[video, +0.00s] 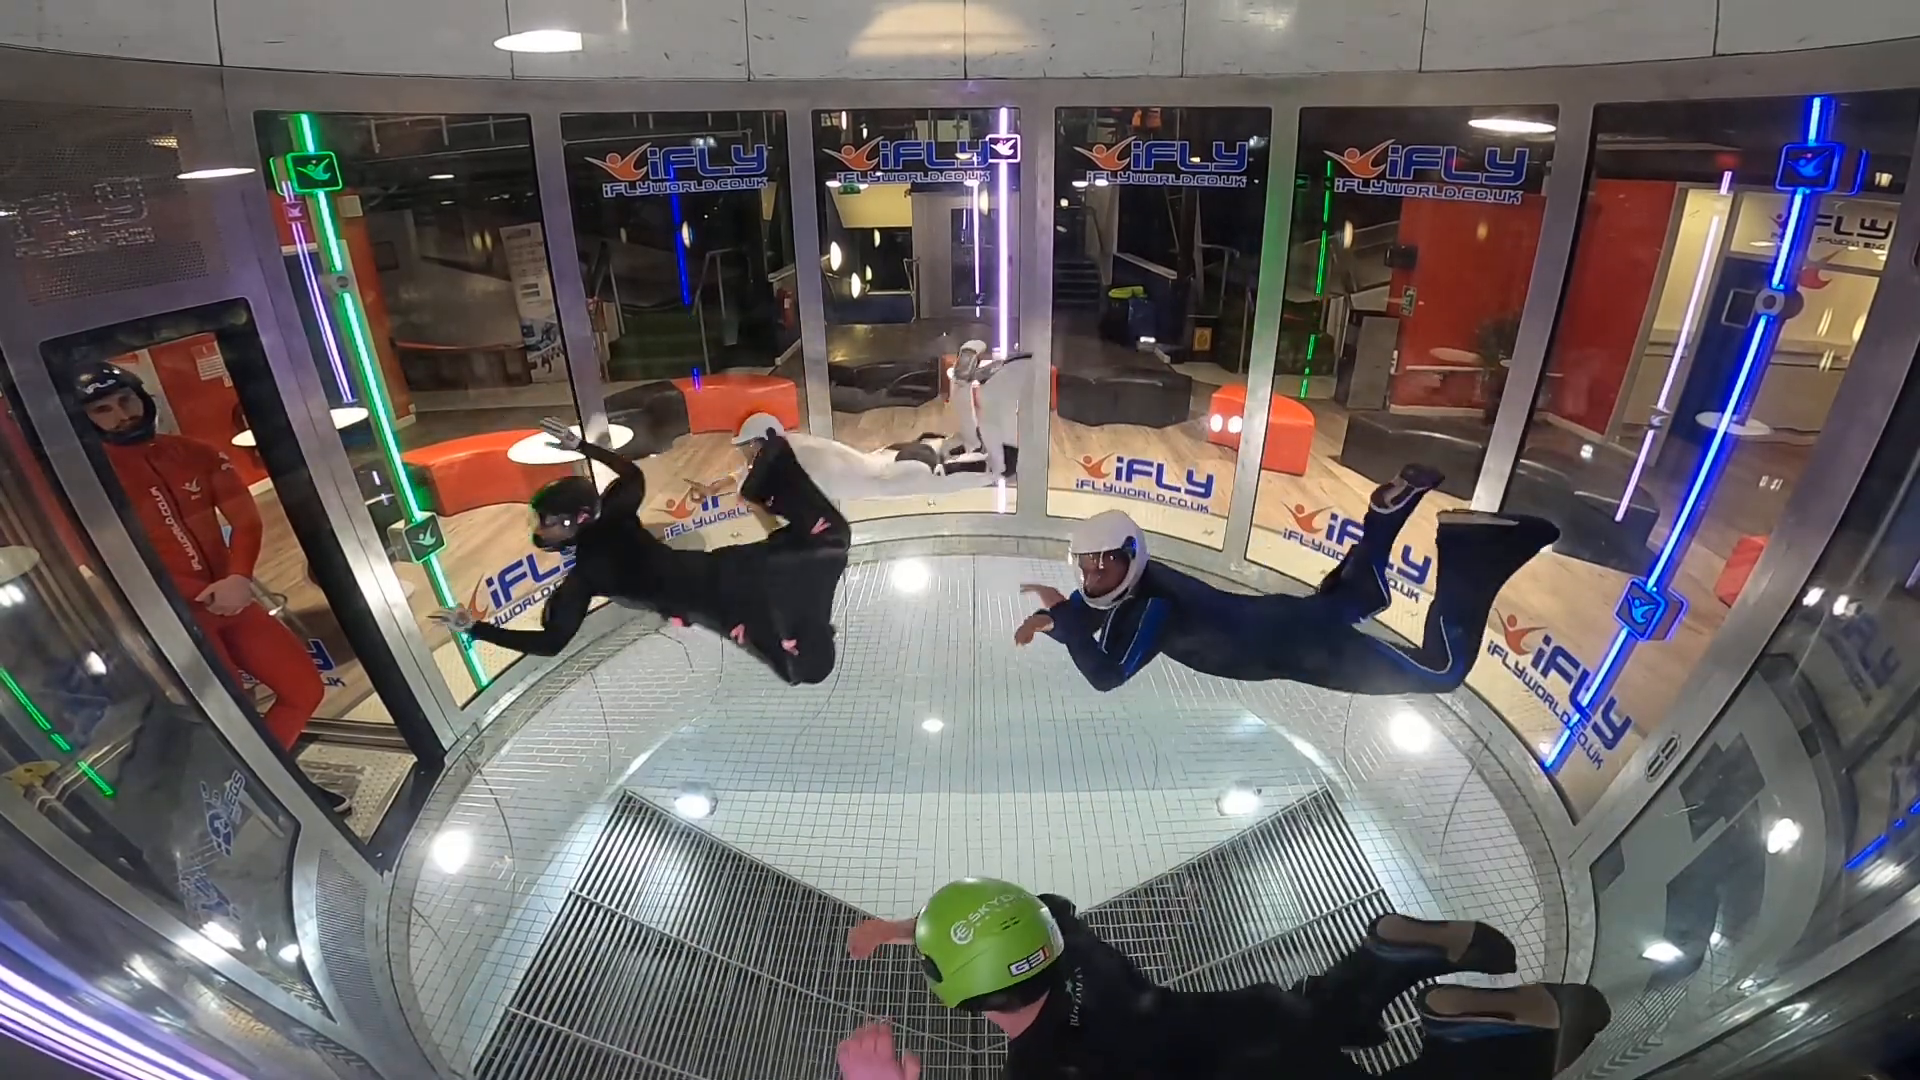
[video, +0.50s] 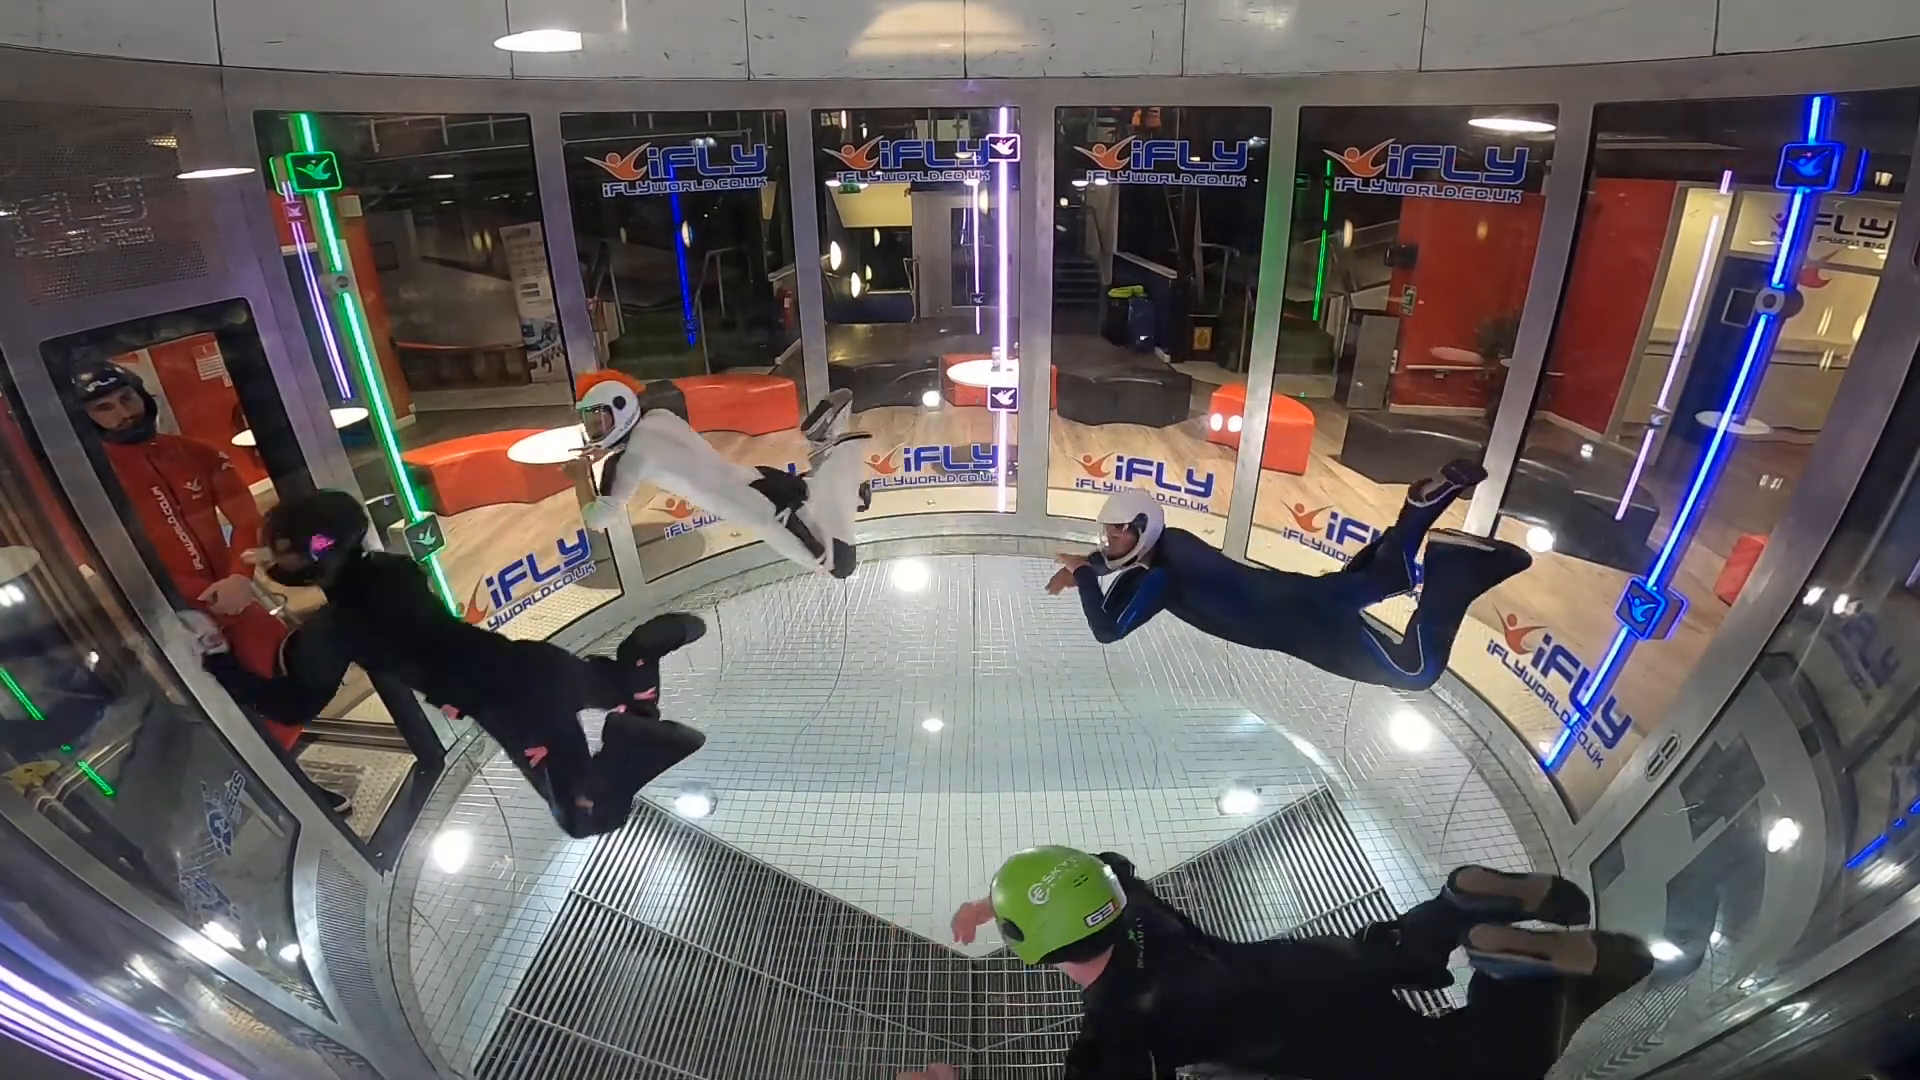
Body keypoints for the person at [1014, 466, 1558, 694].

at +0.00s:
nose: (1089, 574)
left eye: (1100, 562)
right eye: (1084, 563)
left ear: (1129, 563)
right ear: (1086, 563)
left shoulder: (1153, 603)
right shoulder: (1129, 580)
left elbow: (1107, 674)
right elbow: (1093, 602)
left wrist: (1063, 619)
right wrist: (1055, 611)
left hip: (1315, 647)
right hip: (1293, 621)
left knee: (1445, 671)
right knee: (1355, 590)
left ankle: (1471, 556)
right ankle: (1392, 512)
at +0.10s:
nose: (1101, 572)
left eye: (1110, 561)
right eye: (1095, 562)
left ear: (1139, 559)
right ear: (1098, 559)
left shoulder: (1163, 598)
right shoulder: (1144, 571)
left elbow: (1113, 667)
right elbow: (1102, 604)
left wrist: (1074, 609)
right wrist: (1065, 593)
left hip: (1320, 645)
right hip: (1301, 616)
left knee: (1447, 670)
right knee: (1372, 590)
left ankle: (1476, 559)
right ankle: (1399, 513)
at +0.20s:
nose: (1111, 563)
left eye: (1121, 554)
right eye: (1108, 555)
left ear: (1146, 554)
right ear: (1120, 554)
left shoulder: (1165, 596)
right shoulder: (1162, 562)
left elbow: (1109, 657)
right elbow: (1119, 577)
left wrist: (1084, 588)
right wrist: (1075, 594)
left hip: (1326, 644)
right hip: (1310, 612)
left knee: (1447, 670)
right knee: (1378, 587)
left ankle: (1479, 559)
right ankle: (1415, 512)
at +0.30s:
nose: (1115, 552)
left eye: (1124, 545)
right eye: (1112, 544)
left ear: (1147, 547)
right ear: (1125, 542)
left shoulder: (1168, 590)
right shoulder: (1164, 551)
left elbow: (1111, 649)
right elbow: (1124, 576)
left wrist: (1086, 586)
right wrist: (1085, 593)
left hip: (1326, 639)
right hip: (1311, 607)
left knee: (1441, 672)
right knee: (1384, 583)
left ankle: (1473, 568)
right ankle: (1425, 513)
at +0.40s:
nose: (1111, 547)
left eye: (1120, 538)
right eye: (1111, 537)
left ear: (1143, 539)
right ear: (1135, 537)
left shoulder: (1165, 576)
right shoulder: (1165, 551)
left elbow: (1111, 637)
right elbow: (1124, 614)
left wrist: (1088, 583)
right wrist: (1098, 576)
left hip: (1315, 632)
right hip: (1308, 601)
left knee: (1430, 675)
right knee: (1383, 579)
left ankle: (1461, 576)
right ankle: (1433, 509)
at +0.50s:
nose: (1109, 541)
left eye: (1117, 532)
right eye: (1107, 531)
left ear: (1140, 534)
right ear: (1126, 531)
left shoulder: (1161, 572)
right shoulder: (1160, 544)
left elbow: (1106, 629)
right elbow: (1121, 602)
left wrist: (1084, 575)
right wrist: (1083, 578)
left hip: (1310, 626)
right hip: (1306, 595)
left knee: (1416, 673)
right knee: (1377, 573)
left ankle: (1450, 576)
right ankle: (1432, 499)